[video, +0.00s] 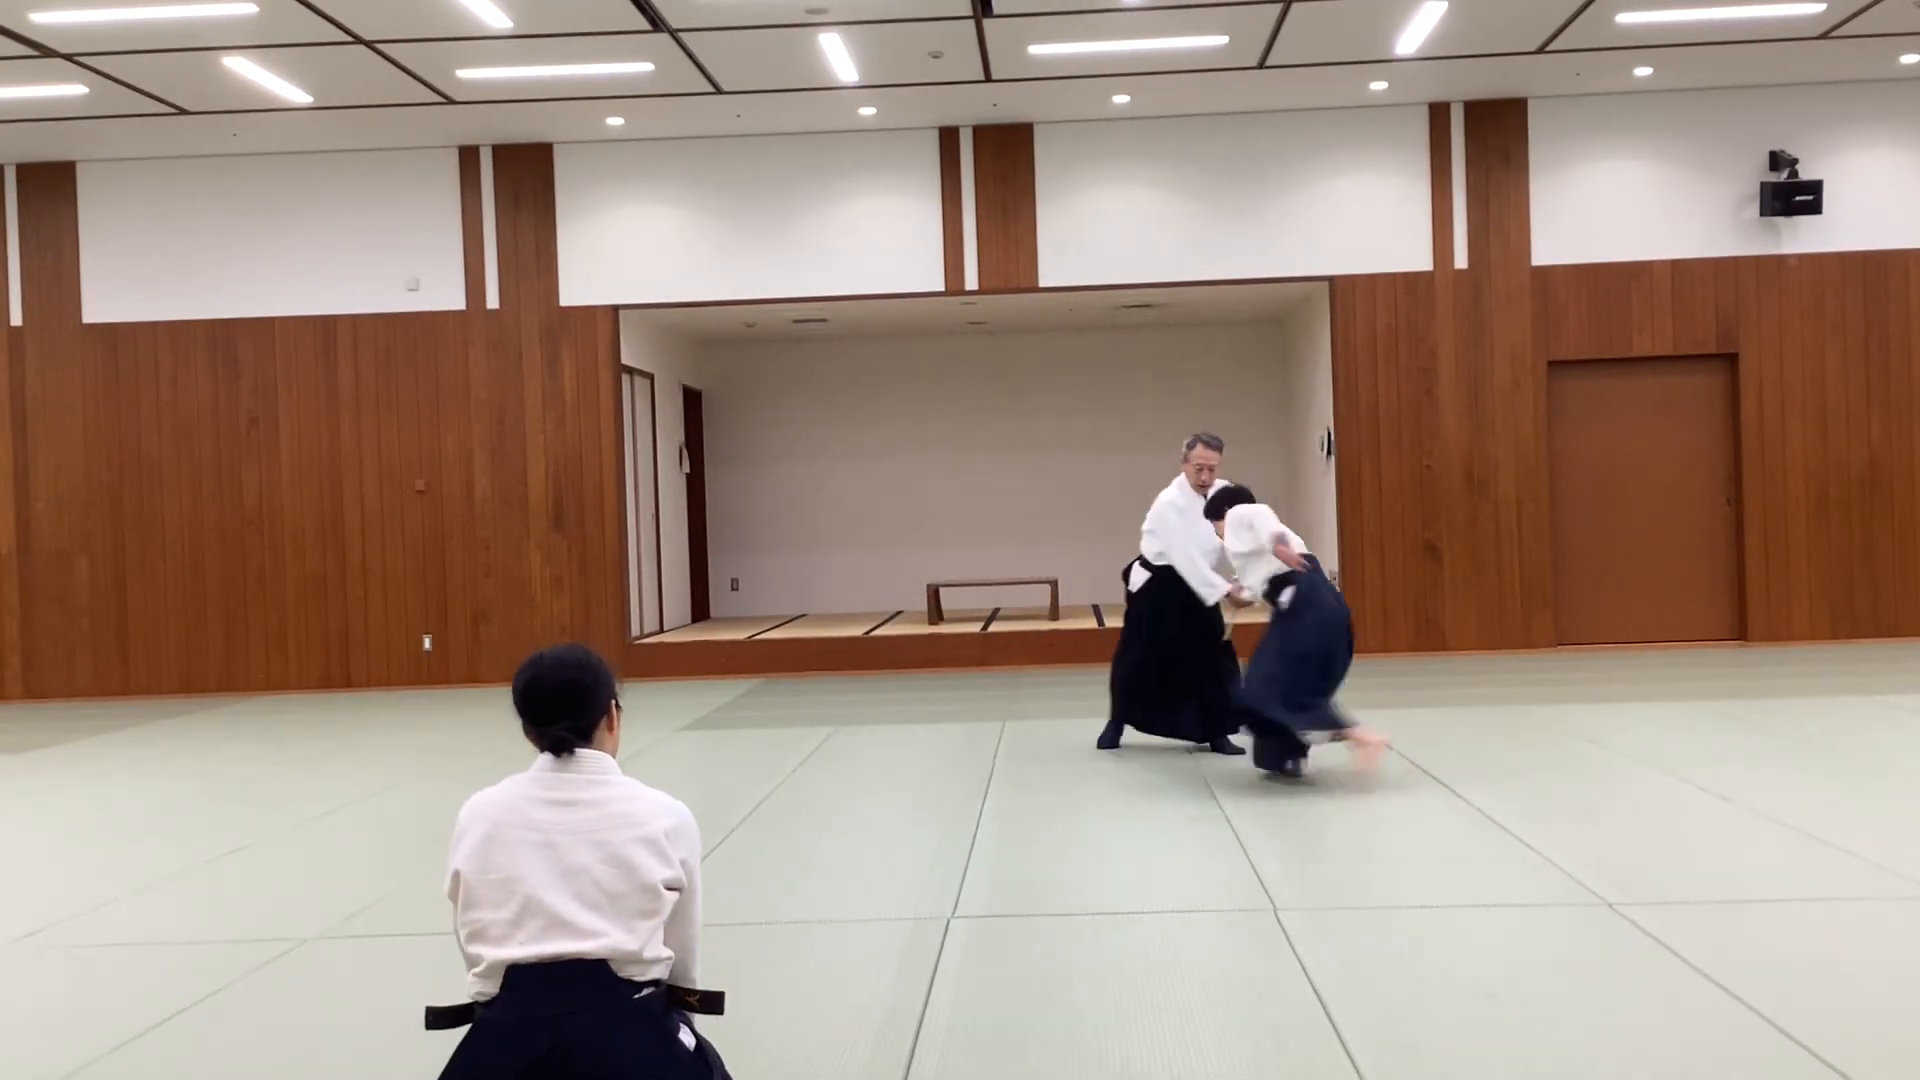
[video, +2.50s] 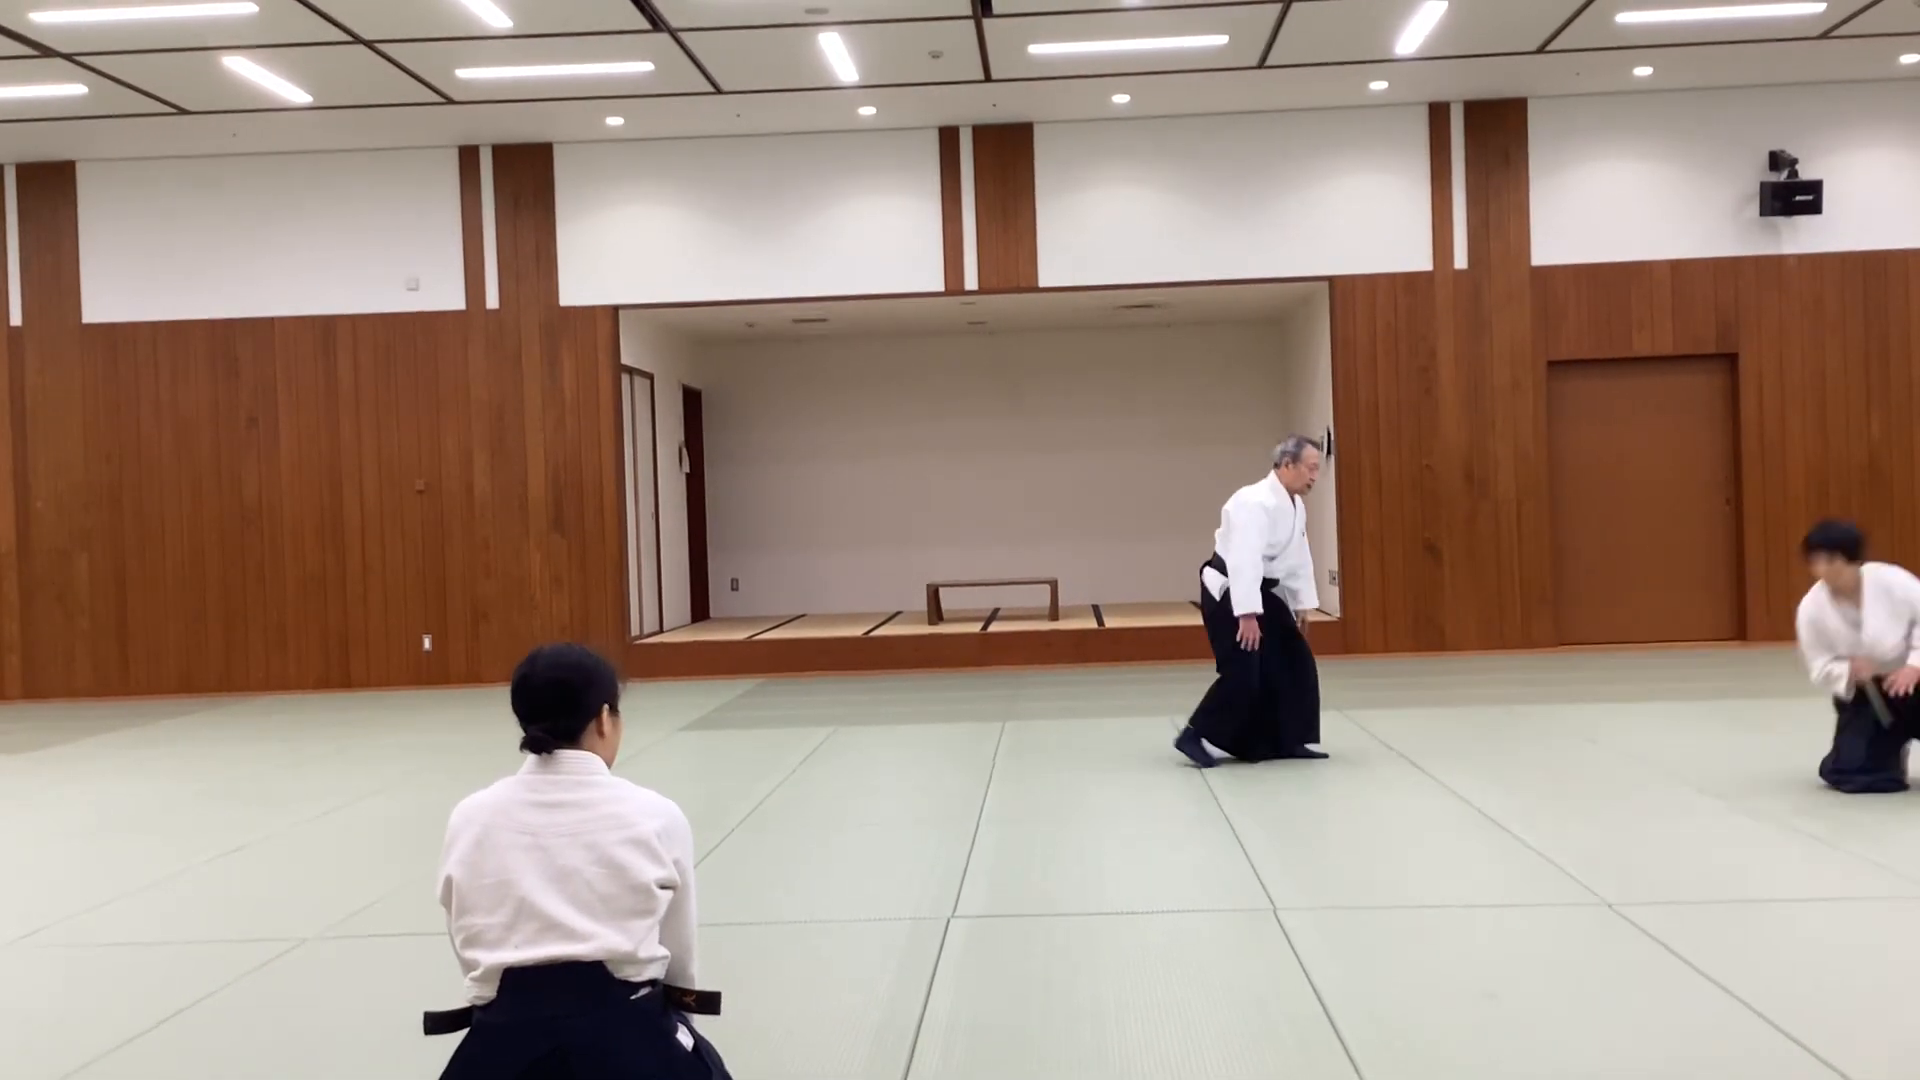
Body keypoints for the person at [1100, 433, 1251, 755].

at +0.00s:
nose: (1205, 476)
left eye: (1212, 469)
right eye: (1199, 468)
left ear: (1219, 468)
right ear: (1184, 465)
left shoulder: (1220, 495)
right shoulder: (1168, 502)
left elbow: (1241, 537)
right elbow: (1183, 558)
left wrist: (1250, 576)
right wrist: (1223, 589)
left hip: (1196, 582)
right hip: (1155, 584)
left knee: (1212, 656)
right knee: (1134, 656)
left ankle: (1216, 732)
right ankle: (1115, 723)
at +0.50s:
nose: (1168, 464)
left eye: (1174, 457)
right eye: (1161, 457)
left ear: (1180, 456)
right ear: (1145, 454)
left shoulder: (1190, 492)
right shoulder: (1125, 475)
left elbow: (1193, 548)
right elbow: (1095, 497)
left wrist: (1186, 598)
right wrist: (1121, 514)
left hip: (1170, 577)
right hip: (1128, 576)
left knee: (1180, 656)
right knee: (1114, 652)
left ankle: (1185, 732)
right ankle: (1105, 726)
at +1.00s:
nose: (1167, 486)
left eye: (1172, 478)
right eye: (1159, 480)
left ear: (1185, 472)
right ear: (1150, 478)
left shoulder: (1207, 497)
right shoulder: (1141, 499)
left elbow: (1247, 523)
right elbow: (1107, 519)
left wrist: (1275, 559)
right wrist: (1136, 529)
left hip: (1205, 594)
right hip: (1159, 593)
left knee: (1223, 662)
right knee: (1138, 663)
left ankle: (1237, 733)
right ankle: (1131, 737)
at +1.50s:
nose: (1299, 514)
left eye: (1305, 508)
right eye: (1295, 505)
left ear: (1308, 508)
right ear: (1274, 498)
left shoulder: (1294, 543)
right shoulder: (1244, 525)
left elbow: (1287, 590)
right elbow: (1248, 571)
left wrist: (1272, 631)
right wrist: (1293, 594)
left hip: (1246, 615)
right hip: (1207, 608)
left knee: (1267, 678)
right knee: (1187, 678)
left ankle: (1265, 748)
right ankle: (1162, 742)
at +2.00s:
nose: (1267, 476)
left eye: (1269, 469)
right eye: (1262, 468)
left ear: (1246, 468)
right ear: (1239, 466)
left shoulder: (1247, 508)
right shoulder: (1218, 499)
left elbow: (1259, 564)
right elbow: (1251, 540)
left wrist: (1274, 606)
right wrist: (1298, 537)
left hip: (1232, 597)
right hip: (1195, 597)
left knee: (1286, 658)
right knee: (1198, 667)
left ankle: (1279, 738)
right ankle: (1192, 737)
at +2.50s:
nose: (1315, 476)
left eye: (1317, 469)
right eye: (1310, 467)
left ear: (1292, 468)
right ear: (1287, 465)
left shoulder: (1295, 505)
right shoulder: (1250, 501)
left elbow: (1297, 558)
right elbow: (1243, 559)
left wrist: (1301, 606)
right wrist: (1247, 611)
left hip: (1262, 589)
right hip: (1225, 588)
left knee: (1296, 659)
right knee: (1243, 666)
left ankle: (1289, 741)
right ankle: (1194, 736)